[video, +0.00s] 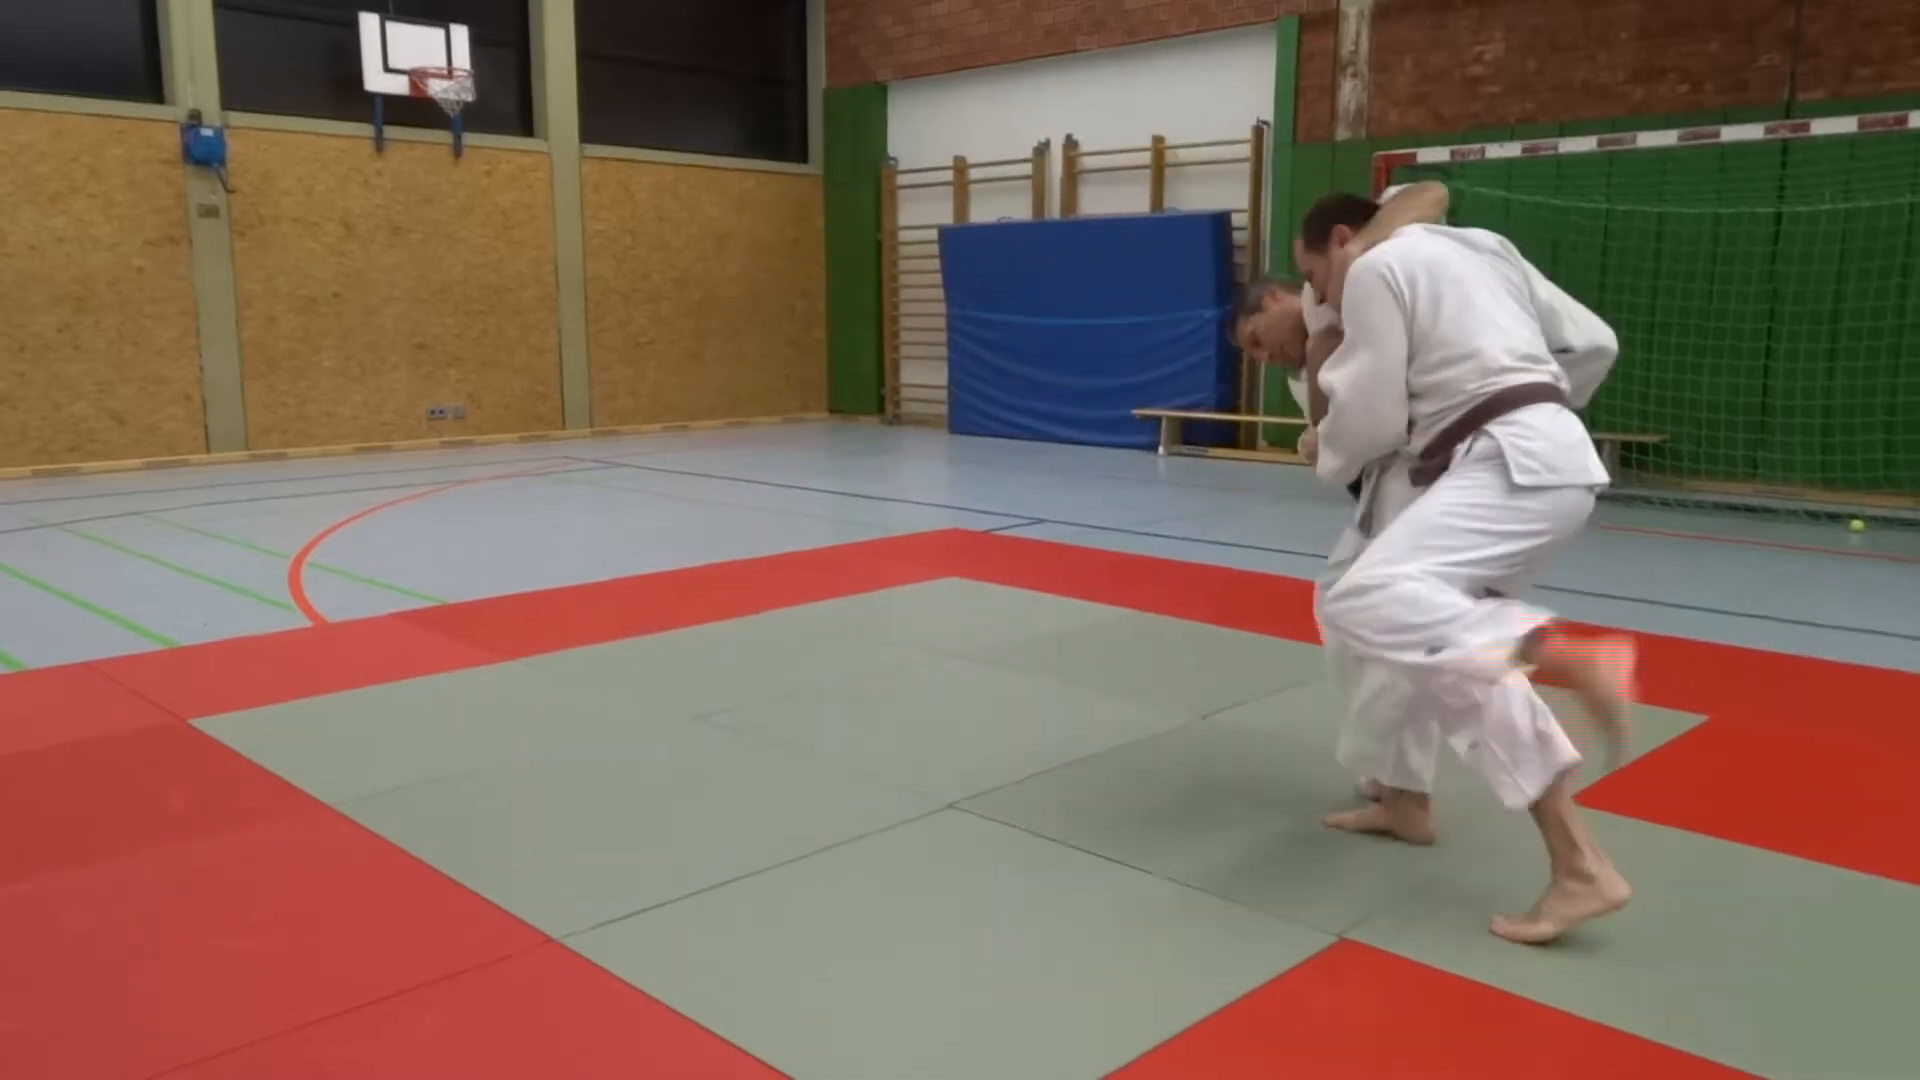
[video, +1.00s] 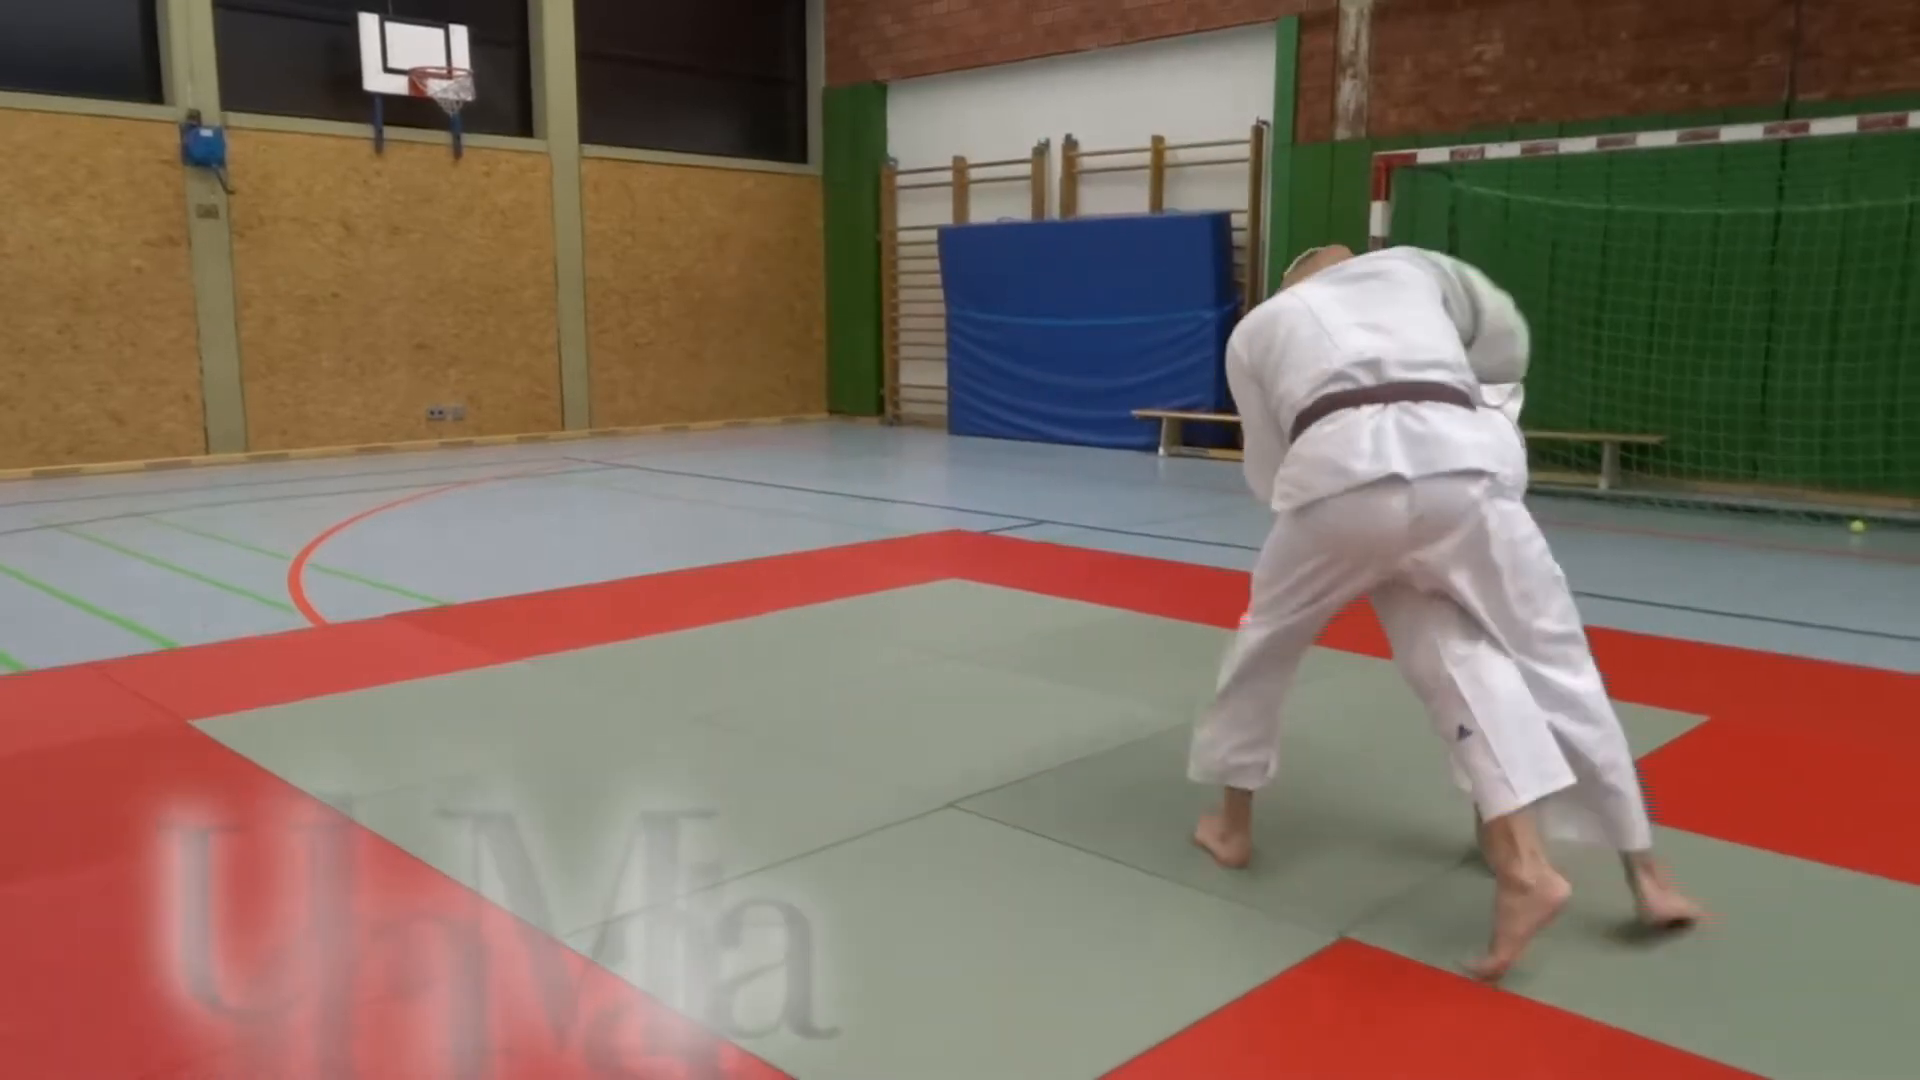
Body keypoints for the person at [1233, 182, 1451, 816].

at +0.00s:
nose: (1262, 353)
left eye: (1256, 337)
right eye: (1253, 352)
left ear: (1278, 296)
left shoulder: (1343, 282)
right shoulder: (1305, 378)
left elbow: (1431, 194)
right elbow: (1324, 446)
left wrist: (1358, 255)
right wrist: (1318, 370)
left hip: (1445, 455)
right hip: (1391, 477)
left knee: (1368, 594)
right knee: (1352, 596)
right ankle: (1400, 793)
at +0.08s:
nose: (1312, 311)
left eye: (1306, 294)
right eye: (1304, 301)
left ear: (1327, 259)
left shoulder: (1362, 277)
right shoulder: (1469, 242)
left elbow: (1378, 419)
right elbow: (1592, 315)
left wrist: (1343, 465)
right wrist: (1532, 386)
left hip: (1519, 452)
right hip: (1578, 453)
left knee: (1364, 597)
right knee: (1479, 652)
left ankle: (1458, 765)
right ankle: (1581, 862)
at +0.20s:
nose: (1301, 341)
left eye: (1290, 326)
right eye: (1290, 333)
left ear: (1299, 288)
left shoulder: (1333, 291)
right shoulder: (1443, 230)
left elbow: (1373, 437)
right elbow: (1586, 268)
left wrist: (1368, 487)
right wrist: (1503, 326)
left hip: (1510, 446)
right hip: (1583, 433)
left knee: (1419, 636)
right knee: (1508, 635)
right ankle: (1580, 856)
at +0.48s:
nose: (1334, 272)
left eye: (1330, 262)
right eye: (1351, 253)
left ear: (1329, 262)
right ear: (1390, 243)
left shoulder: (1308, 302)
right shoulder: (1464, 252)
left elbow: (1314, 459)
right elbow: (1532, 350)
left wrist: (1358, 498)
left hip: (1425, 482)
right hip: (1547, 470)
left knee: (1338, 662)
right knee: (1611, 670)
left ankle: (1329, 867)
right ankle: (1675, 864)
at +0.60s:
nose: (1318, 308)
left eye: (1321, 297)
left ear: (1332, 295)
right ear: (1390, 276)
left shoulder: (1306, 341)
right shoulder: (1472, 295)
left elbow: (1304, 490)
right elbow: (1518, 395)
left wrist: (1345, 567)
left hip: (1404, 510)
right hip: (1529, 501)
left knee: (1317, 681)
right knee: (1547, 682)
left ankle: (1322, 869)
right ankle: (1635, 858)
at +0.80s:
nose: (1292, 308)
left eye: (1297, 299)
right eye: (1306, 294)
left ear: (1302, 312)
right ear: (1367, 289)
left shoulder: (1271, 361)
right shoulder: (1429, 299)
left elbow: (1293, 513)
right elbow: (1516, 339)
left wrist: (1340, 577)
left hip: (1387, 509)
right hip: (1513, 494)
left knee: (1316, 681)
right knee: (1491, 663)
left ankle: (1315, 863)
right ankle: (1539, 883)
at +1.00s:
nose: (1320, 261)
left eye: (1308, 267)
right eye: (1324, 261)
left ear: (1285, 289)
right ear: (1360, 259)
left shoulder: (1255, 328)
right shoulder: (1421, 263)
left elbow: (1266, 472)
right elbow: (1507, 334)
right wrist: (1482, 430)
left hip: (1337, 485)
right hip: (1467, 464)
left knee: (1265, 643)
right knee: (1558, 657)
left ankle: (1233, 822)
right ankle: (1646, 873)